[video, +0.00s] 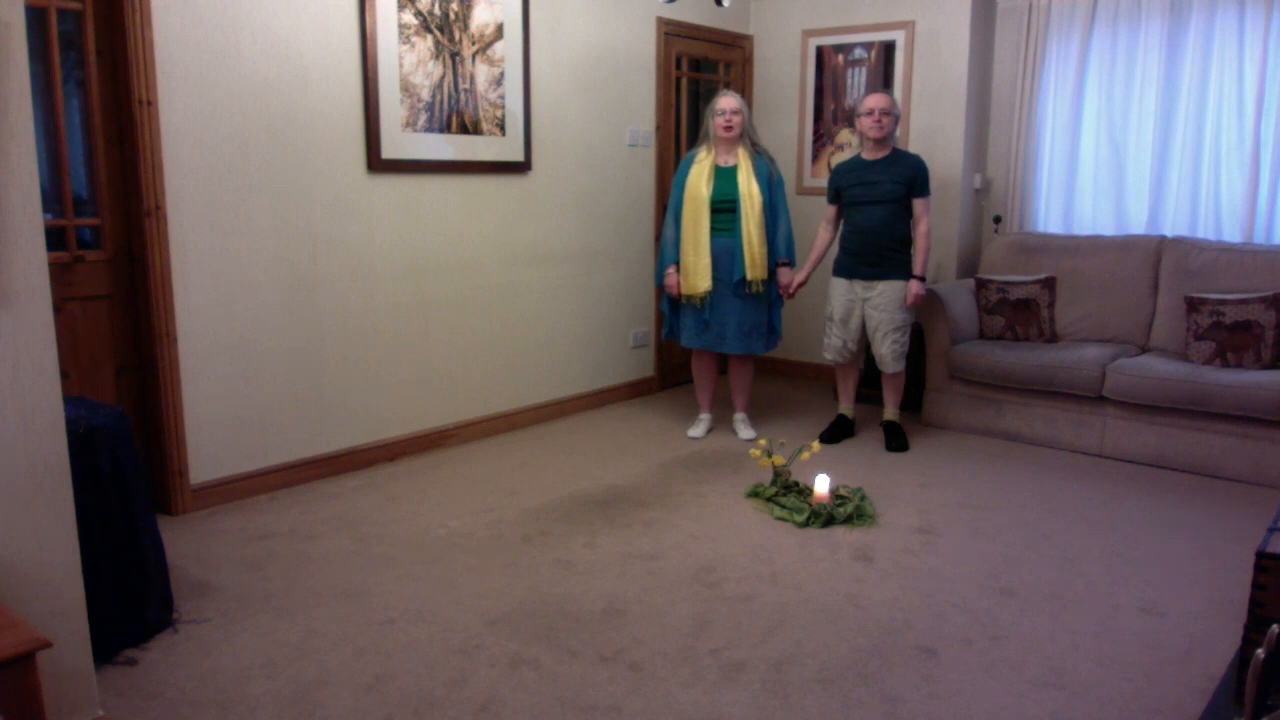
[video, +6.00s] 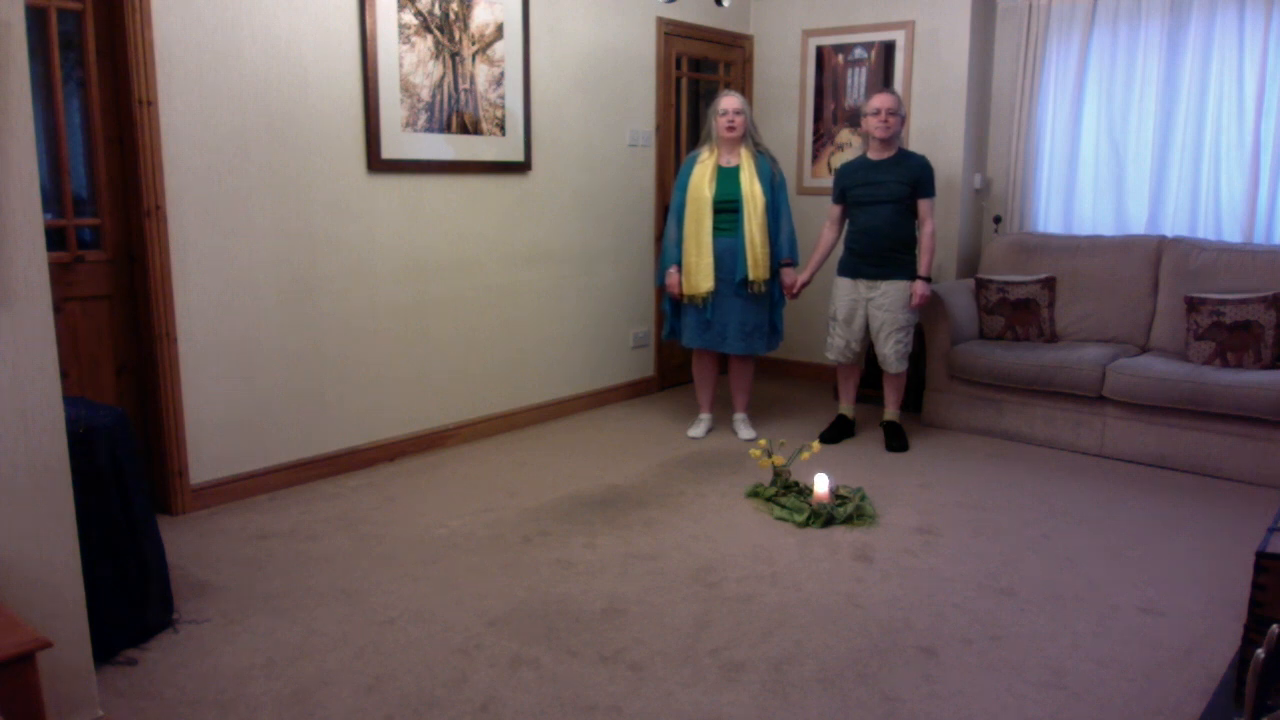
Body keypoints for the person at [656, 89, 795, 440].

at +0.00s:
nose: (727, 119)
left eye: (735, 113)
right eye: (720, 113)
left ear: (745, 119)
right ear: (710, 120)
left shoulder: (762, 163)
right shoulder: (692, 162)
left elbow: (779, 216)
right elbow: (674, 217)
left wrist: (783, 263)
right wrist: (670, 266)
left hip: (748, 268)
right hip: (700, 268)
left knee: (742, 344)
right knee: (702, 343)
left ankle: (741, 415)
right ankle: (704, 413)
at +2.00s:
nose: (728, 119)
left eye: (735, 113)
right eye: (721, 114)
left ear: (745, 119)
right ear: (710, 120)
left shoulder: (762, 163)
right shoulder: (692, 163)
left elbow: (779, 215)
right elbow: (673, 218)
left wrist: (784, 264)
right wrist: (670, 266)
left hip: (748, 268)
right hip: (700, 268)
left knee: (742, 344)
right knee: (702, 343)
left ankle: (741, 415)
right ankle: (704, 413)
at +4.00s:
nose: (729, 119)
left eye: (736, 113)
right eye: (722, 113)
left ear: (747, 119)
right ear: (712, 120)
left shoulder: (763, 164)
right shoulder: (693, 163)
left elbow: (780, 216)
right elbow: (675, 217)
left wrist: (785, 264)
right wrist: (667, 264)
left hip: (749, 268)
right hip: (700, 268)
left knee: (743, 344)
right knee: (702, 342)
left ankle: (741, 414)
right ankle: (705, 413)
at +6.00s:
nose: (731, 119)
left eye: (737, 113)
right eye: (723, 113)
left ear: (748, 119)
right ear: (713, 120)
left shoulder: (764, 164)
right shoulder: (694, 164)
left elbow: (781, 216)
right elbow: (676, 218)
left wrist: (786, 264)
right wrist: (672, 266)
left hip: (750, 269)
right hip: (702, 269)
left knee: (743, 345)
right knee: (703, 343)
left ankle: (741, 414)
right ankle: (705, 413)